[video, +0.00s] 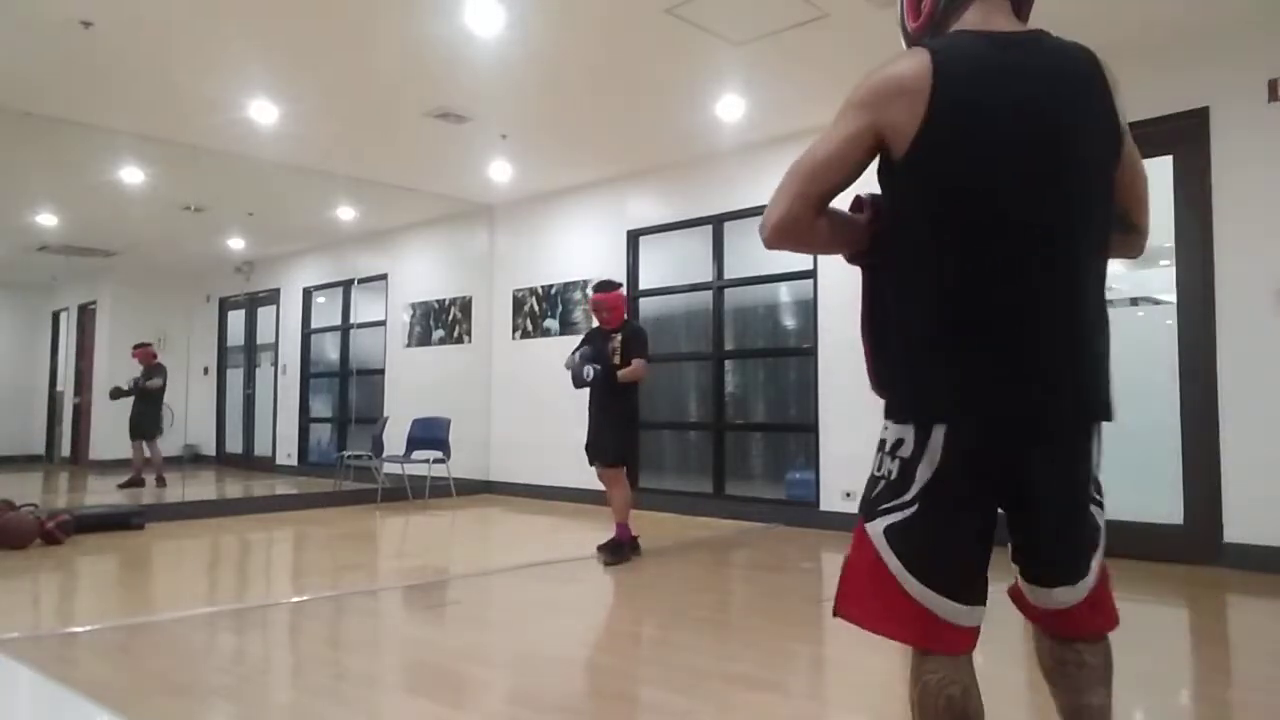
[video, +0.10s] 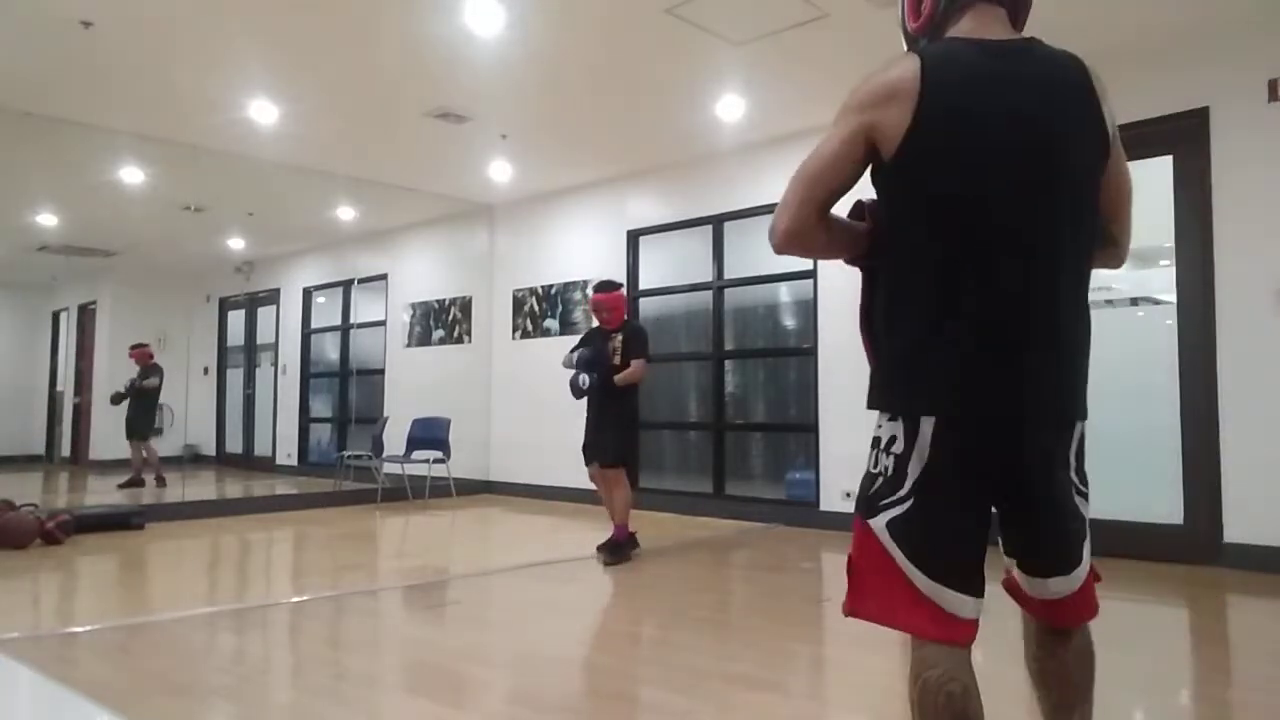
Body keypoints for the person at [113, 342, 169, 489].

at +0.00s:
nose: (139, 361)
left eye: (140, 357)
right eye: (137, 358)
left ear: (148, 355)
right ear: (142, 357)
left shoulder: (159, 369)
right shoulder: (145, 372)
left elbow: (157, 384)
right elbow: (137, 389)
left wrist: (139, 384)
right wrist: (121, 392)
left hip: (151, 413)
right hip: (137, 413)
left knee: (151, 444)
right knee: (136, 444)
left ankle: (159, 476)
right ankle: (137, 476)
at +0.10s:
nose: (135, 361)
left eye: (137, 358)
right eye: (134, 358)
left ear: (145, 356)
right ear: (140, 358)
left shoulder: (155, 369)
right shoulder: (142, 372)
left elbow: (154, 383)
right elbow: (134, 388)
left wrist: (136, 384)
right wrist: (122, 395)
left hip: (146, 413)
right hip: (134, 413)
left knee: (145, 443)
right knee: (134, 444)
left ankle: (159, 475)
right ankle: (136, 476)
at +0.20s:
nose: (132, 362)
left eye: (133, 359)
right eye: (131, 359)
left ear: (141, 357)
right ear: (140, 358)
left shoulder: (151, 371)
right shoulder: (140, 372)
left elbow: (147, 384)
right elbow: (129, 383)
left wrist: (129, 384)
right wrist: (126, 384)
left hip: (139, 411)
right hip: (131, 410)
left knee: (135, 444)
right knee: (133, 444)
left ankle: (157, 472)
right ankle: (136, 476)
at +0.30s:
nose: (128, 362)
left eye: (129, 358)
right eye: (127, 359)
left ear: (137, 356)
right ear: (136, 357)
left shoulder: (147, 369)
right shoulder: (137, 370)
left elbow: (142, 383)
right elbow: (133, 384)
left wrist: (126, 383)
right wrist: (121, 383)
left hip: (136, 410)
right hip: (129, 409)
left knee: (126, 441)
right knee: (131, 442)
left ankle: (148, 468)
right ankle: (137, 476)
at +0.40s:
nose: (125, 361)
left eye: (126, 357)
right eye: (124, 357)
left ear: (135, 355)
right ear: (134, 356)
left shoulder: (144, 369)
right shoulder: (135, 370)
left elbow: (136, 384)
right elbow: (130, 385)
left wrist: (117, 383)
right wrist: (113, 384)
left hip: (133, 411)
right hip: (129, 409)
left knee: (120, 440)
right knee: (131, 442)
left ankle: (138, 474)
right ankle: (138, 476)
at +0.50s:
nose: (122, 361)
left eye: (123, 357)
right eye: (121, 358)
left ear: (131, 355)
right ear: (133, 355)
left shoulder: (136, 369)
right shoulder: (141, 368)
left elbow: (127, 384)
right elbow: (130, 388)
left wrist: (108, 386)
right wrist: (117, 398)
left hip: (129, 410)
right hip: (134, 410)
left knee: (116, 439)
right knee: (131, 441)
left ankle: (123, 475)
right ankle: (136, 476)